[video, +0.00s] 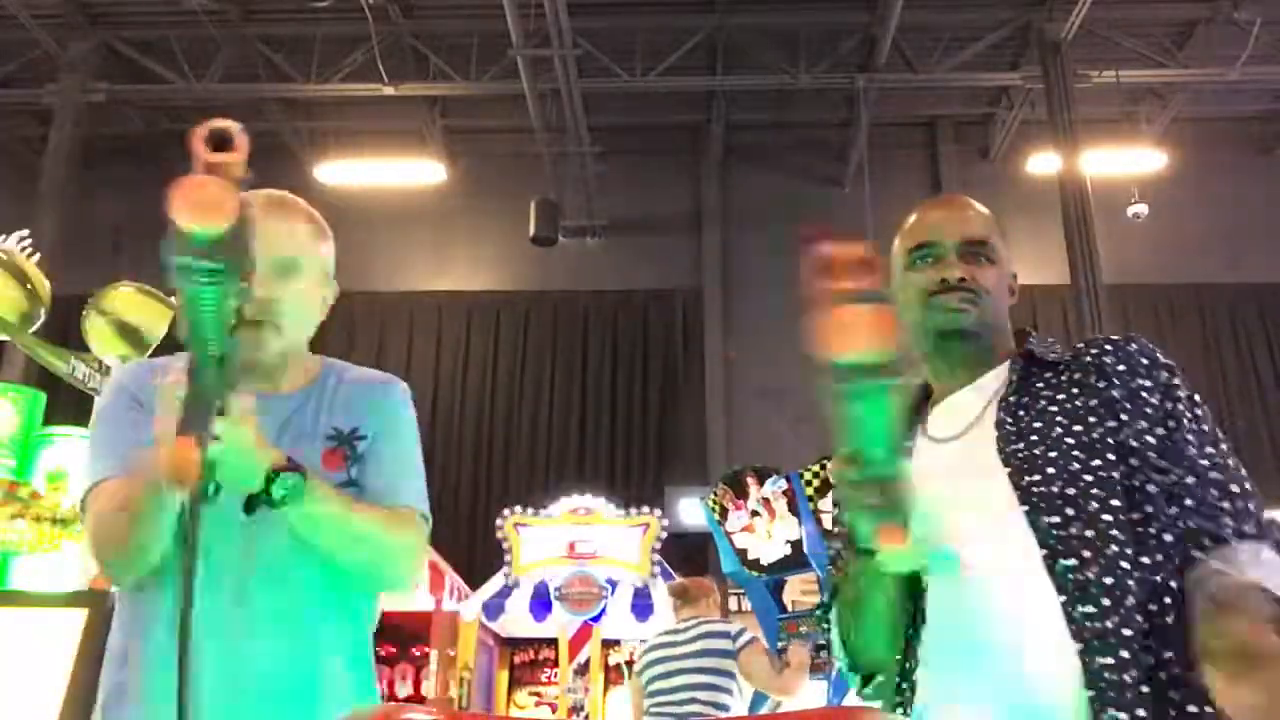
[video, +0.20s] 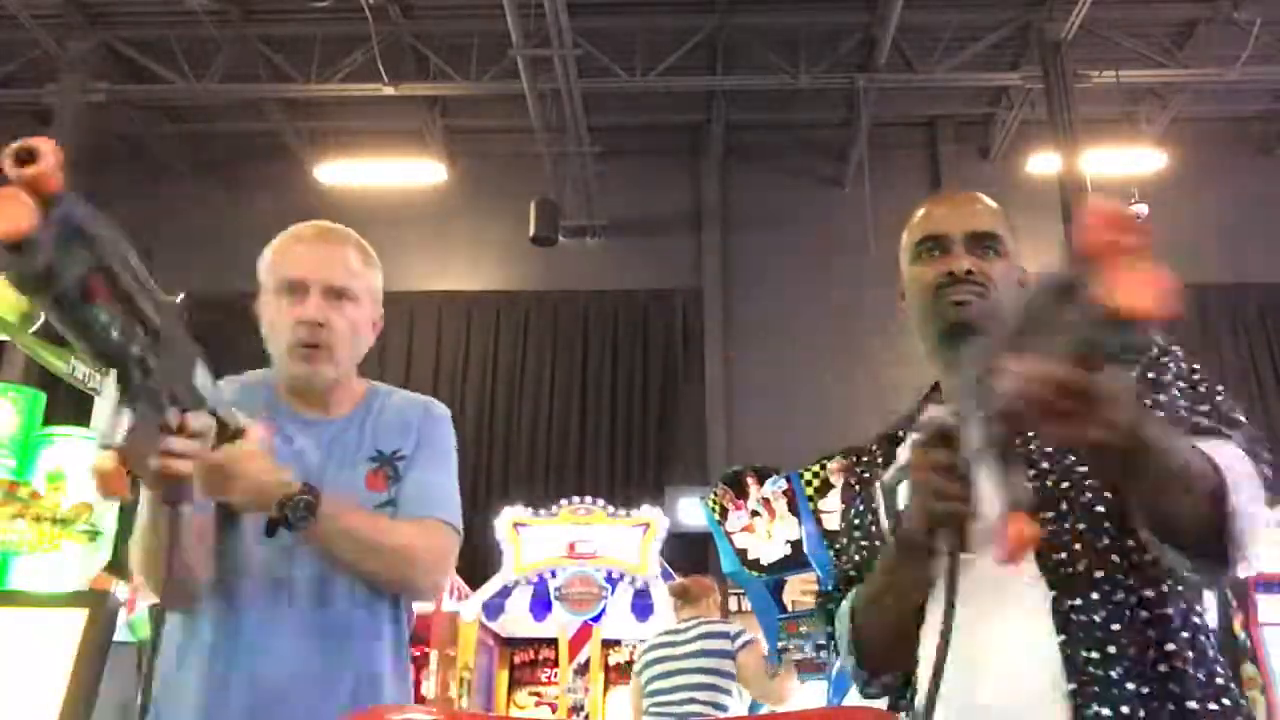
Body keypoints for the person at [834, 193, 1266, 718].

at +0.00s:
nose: (953, 271)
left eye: (977, 255)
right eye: (925, 259)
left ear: (1011, 285)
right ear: (893, 297)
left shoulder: (1116, 376)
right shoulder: (885, 445)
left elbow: (1229, 541)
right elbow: (871, 661)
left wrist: (1238, 622)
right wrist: (872, 536)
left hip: (1124, 704)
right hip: (945, 708)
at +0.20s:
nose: (960, 266)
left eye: (985, 249)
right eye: (931, 251)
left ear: (1024, 279)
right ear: (904, 293)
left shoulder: (1121, 381)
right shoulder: (889, 465)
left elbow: (1245, 531)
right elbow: (869, 664)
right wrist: (916, 536)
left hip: (1135, 702)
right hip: (957, 706)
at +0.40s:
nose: (955, 261)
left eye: (982, 245)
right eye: (928, 246)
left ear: (1018, 278)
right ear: (894, 287)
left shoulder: (1105, 348)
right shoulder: (888, 416)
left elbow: (1126, 509)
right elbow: (875, 663)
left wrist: (950, 431)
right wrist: (869, 528)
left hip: (1100, 701)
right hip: (937, 706)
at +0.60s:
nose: (926, 265)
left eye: (951, 250)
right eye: (899, 251)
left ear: (986, 283)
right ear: (872, 290)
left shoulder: (1095, 396)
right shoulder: (847, 470)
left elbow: (1216, 571)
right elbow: (823, 653)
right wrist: (896, 535)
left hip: (1109, 703)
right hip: (927, 707)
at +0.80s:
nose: (912, 270)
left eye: (937, 254)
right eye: (884, 253)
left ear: (972, 286)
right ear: (853, 293)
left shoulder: (1092, 414)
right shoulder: (829, 476)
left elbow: (1186, 572)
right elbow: (803, 664)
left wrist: (1074, 475)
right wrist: (859, 554)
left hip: (1081, 701)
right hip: (901, 704)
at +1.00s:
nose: (894, 276)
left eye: (922, 257)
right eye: (871, 264)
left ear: (974, 281)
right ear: (854, 299)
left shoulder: (1047, 346)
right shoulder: (884, 445)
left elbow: (1046, 518)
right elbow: (845, 666)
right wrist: (825, 535)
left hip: (1050, 699)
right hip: (900, 702)